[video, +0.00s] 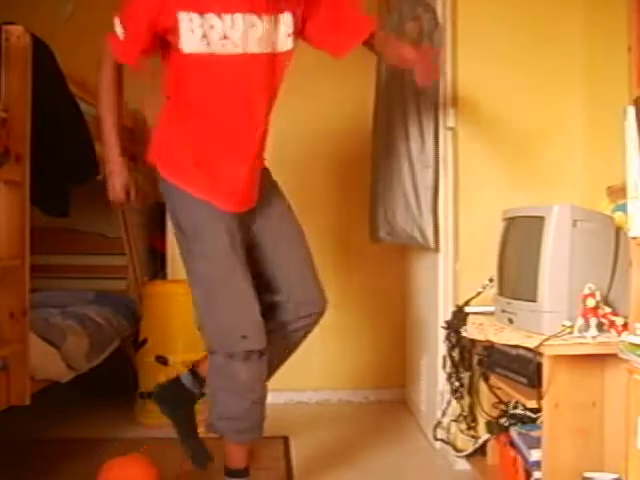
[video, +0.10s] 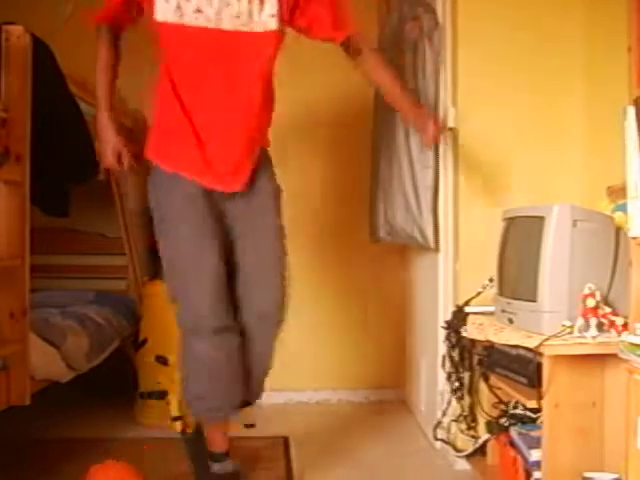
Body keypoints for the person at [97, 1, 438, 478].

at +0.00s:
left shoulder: (294, 4)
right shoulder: (165, 6)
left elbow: (367, 34)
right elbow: (112, 58)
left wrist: (412, 56)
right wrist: (114, 158)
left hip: (248, 169)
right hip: (190, 173)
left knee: (302, 305)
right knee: (241, 341)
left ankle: (185, 390)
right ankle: (237, 472)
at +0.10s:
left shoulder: (285, 2)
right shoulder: (156, 1)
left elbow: (354, 45)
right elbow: (109, 25)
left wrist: (413, 110)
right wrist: (105, 119)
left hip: (249, 161)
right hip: (178, 162)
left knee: (264, 308)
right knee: (205, 310)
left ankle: (209, 414)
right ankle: (218, 445)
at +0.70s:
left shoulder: (196, 22)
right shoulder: (78, 12)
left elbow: (241, 109)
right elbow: (41, 102)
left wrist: (288, 165)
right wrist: (42, 181)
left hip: (167, 197)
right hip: (100, 205)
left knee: (245, 280)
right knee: (115, 338)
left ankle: (215, 402)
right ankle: (90, 453)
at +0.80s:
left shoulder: (198, 15)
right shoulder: (86, 9)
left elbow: (233, 102)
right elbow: (41, 89)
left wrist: (274, 121)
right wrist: (57, 180)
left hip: (165, 189)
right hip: (105, 196)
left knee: (247, 255)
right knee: (114, 332)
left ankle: (201, 390)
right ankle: (90, 450)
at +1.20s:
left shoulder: (207, 31)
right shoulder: (108, 6)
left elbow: (226, 115)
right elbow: (51, 81)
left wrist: (267, 182)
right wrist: (75, 147)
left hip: (160, 197)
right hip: (101, 186)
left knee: (170, 316)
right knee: (122, 306)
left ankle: (143, 428)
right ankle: (95, 440)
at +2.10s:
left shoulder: (222, 24)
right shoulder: (122, 4)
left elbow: (222, 109)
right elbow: (50, 73)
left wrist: (251, 184)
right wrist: (64, 172)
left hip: (175, 197)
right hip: (117, 188)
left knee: (186, 330)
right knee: (141, 324)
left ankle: (152, 432)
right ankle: (115, 447)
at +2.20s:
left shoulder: (234, 30)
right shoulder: (128, 6)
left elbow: (247, 121)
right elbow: (52, 71)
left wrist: (277, 193)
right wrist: (47, 174)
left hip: (180, 195)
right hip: (124, 185)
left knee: (177, 319)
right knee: (173, 316)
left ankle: (148, 435)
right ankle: (125, 443)